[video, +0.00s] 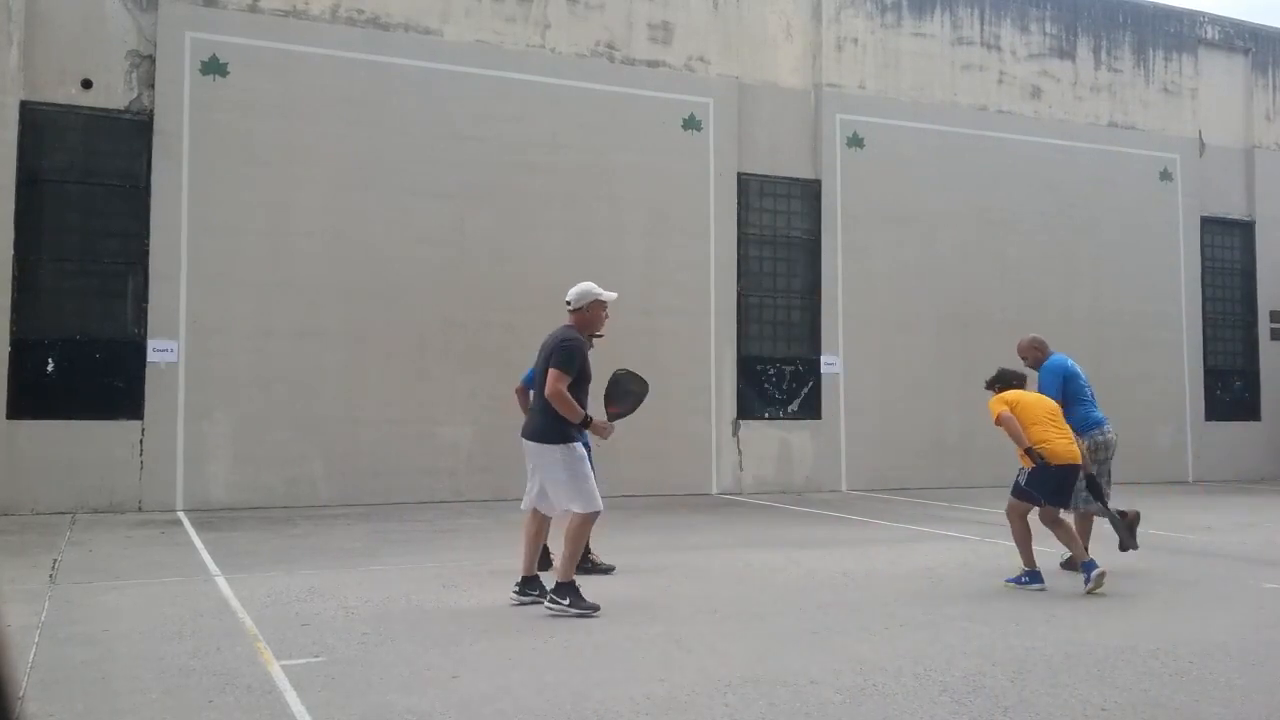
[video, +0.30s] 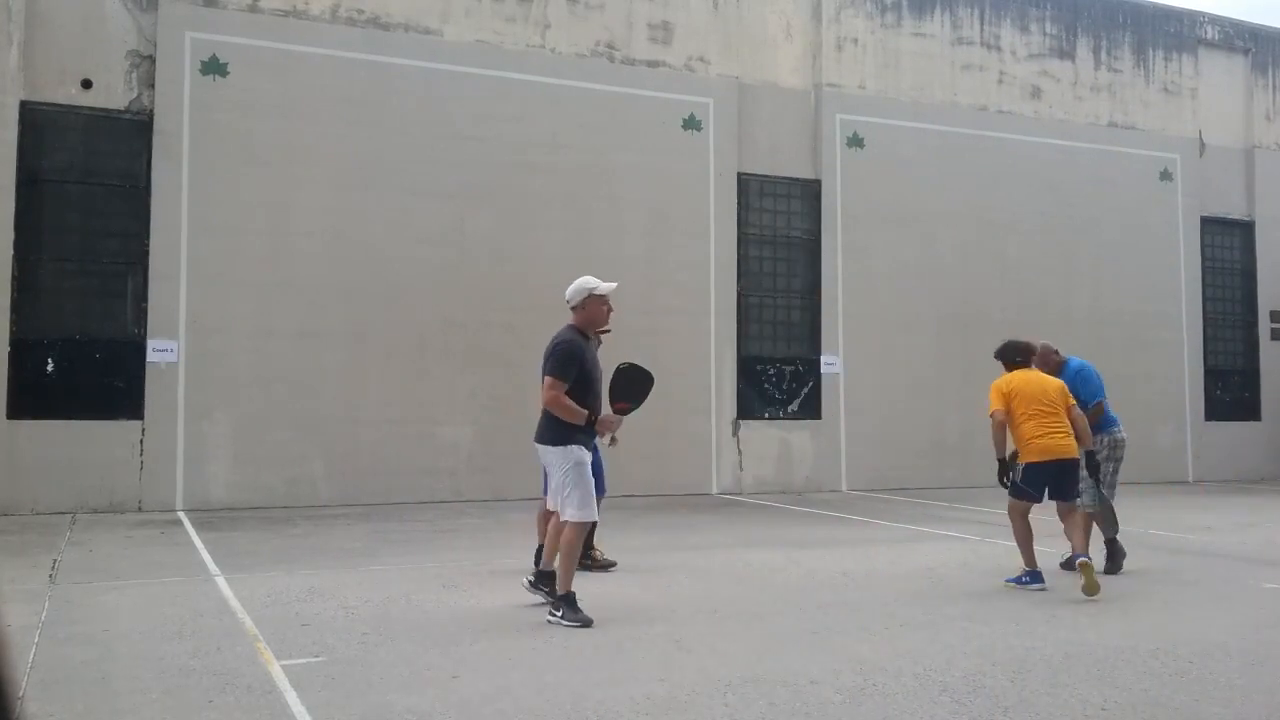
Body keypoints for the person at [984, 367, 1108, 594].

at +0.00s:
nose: (991, 395)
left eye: (992, 392)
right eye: (990, 392)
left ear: (998, 389)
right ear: (1020, 386)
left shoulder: (999, 399)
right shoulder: (1046, 400)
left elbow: (1006, 418)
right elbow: (1073, 437)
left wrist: (1027, 449)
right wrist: (1088, 473)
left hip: (1043, 461)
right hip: (1072, 461)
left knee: (1015, 512)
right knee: (1049, 516)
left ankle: (1031, 572)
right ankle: (1089, 566)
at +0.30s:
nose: (1000, 368)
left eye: (1001, 364)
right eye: (1000, 364)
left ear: (1008, 364)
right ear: (1031, 361)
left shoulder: (1002, 384)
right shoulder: (1055, 382)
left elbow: (999, 419)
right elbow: (1078, 417)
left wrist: (1001, 460)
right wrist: (1090, 453)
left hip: (1033, 458)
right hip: (1068, 455)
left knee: (1017, 512)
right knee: (1069, 512)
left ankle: (1032, 571)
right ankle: (1081, 556)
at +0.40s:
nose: (1050, 352)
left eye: (1049, 348)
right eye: (1048, 349)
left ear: (1017, 357)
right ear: (1042, 354)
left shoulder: (1007, 381)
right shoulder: (1064, 378)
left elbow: (997, 416)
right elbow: (1084, 418)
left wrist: (997, 455)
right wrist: (1092, 457)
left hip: (1033, 458)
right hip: (1069, 456)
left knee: (1019, 512)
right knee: (1080, 514)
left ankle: (1032, 572)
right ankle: (1079, 565)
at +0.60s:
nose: (1086, 353)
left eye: (1085, 347)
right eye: (1083, 347)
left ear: (1053, 350)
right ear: (1071, 349)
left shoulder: (1032, 376)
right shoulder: (1089, 377)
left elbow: (1009, 414)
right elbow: (1101, 420)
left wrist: (1005, 450)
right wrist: (1105, 458)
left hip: (1044, 460)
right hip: (1082, 461)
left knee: (1035, 516)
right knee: (1088, 520)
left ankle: (1033, 571)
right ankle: (1072, 579)